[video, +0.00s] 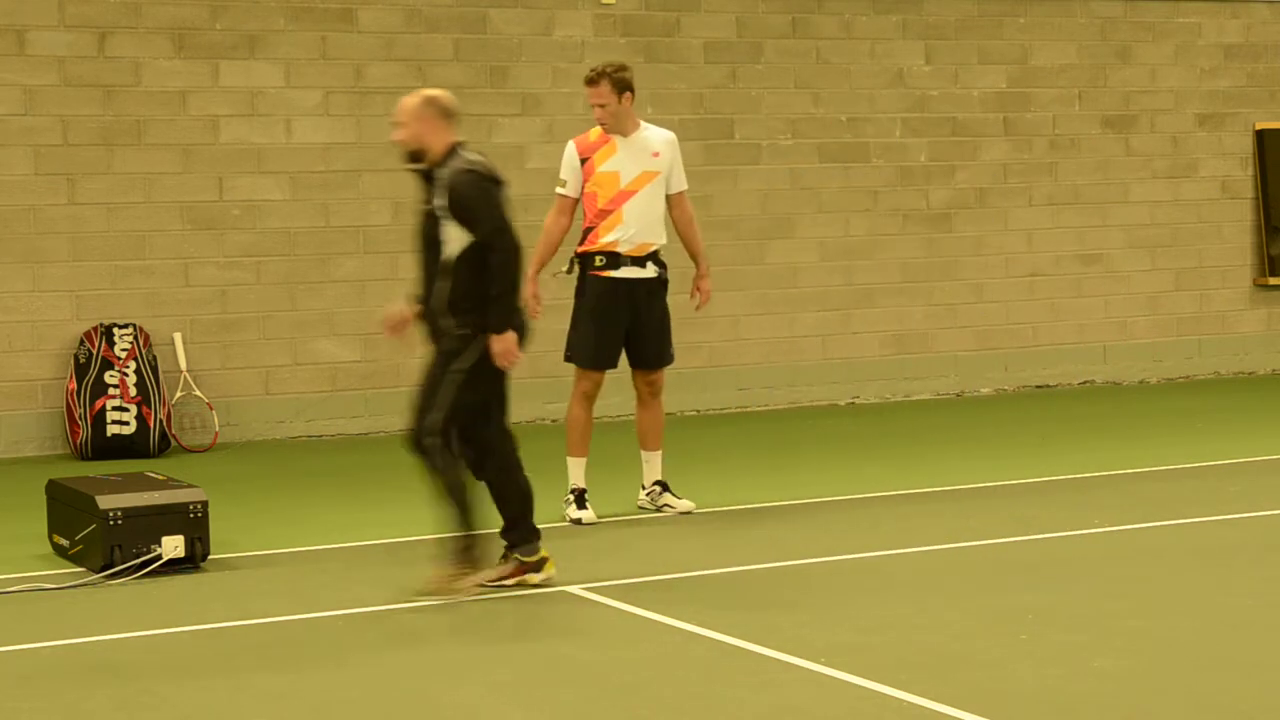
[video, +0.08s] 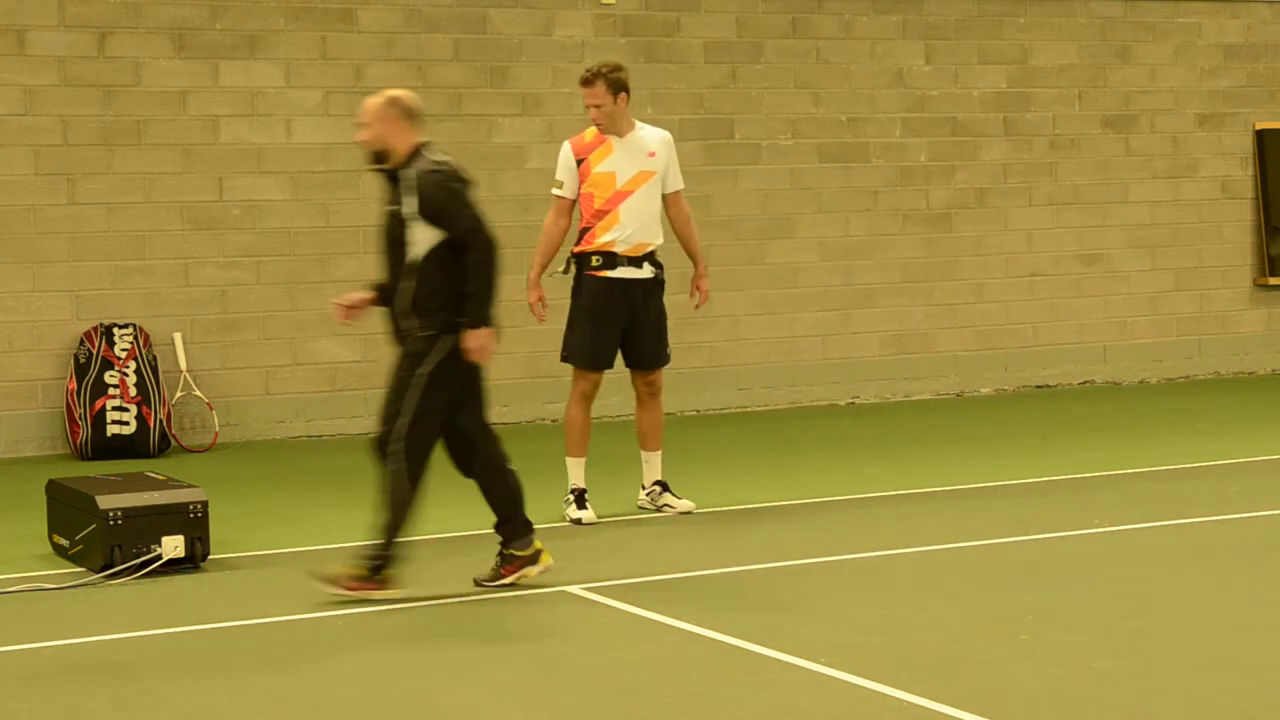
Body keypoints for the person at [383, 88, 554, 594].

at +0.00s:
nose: (396, 134)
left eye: (403, 124)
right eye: (398, 125)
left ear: (433, 124)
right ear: (430, 125)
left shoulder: (466, 178)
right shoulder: (438, 178)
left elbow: (503, 249)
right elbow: (448, 260)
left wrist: (503, 324)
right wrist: (416, 307)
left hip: (476, 335)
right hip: (459, 333)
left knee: (432, 432)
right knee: (487, 439)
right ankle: (527, 550)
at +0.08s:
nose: (361, 135)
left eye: (368, 125)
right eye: (362, 126)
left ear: (398, 125)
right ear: (394, 125)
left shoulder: (433, 179)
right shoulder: (402, 181)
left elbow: (480, 244)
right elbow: (415, 266)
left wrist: (478, 321)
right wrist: (373, 296)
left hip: (444, 337)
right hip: (427, 335)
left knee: (400, 441)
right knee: (474, 446)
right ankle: (522, 545)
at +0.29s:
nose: (270, 149)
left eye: (275, 139)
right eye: (270, 140)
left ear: (301, 137)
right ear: (301, 138)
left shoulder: (344, 196)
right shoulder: (309, 195)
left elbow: (369, 272)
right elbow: (314, 270)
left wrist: (363, 347)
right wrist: (299, 326)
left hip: (352, 348)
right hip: (324, 345)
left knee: (315, 456)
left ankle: (338, 571)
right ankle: (433, 513)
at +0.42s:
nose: (221, 146)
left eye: (225, 136)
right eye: (221, 136)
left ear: (250, 137)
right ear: (253, 135)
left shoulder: (285, 192)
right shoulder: (264, 188)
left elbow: (318, 267)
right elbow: (284, 269)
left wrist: (261, 327)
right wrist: (258, 321)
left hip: (312, 338)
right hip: (287, 336)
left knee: (291, 450)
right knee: (254, 440)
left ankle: (335, 569)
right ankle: (326, 534)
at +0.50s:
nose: (191, 140)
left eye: (194, 130)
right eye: (192, 129)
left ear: (212, 128)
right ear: (232, 126)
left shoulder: (232, 183)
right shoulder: (270, 174)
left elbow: (260, 256)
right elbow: (325, 236)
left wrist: (201, 290)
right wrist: (306, 291)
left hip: (268, 331)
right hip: (275, 326)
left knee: (273, 444)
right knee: (220, 431)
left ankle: (331, 561)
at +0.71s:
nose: (126, 151)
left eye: (127, 142)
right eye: (127, 142)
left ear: (138, 140)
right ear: (169, 138)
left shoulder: (144, 196)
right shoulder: (213, 192)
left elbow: (155, 265)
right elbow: (261, 263)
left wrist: (114, 297)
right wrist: (239, 316)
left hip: (165, 343)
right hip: (210, 342)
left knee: (146, 454)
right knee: (155, 453)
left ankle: (239, 526)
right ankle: (140, 566)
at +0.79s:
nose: (102, 154)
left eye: (103, 146)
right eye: (104, 145)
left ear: (113, 145)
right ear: (147, 142)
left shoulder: (116, 197)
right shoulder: (195, 198)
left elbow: (119, 269)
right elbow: (221, 281)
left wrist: (87, 322)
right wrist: (190, 318)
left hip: (138, 346)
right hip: (189, 347)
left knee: (88, 441)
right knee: (142, 450)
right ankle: (140, 564)